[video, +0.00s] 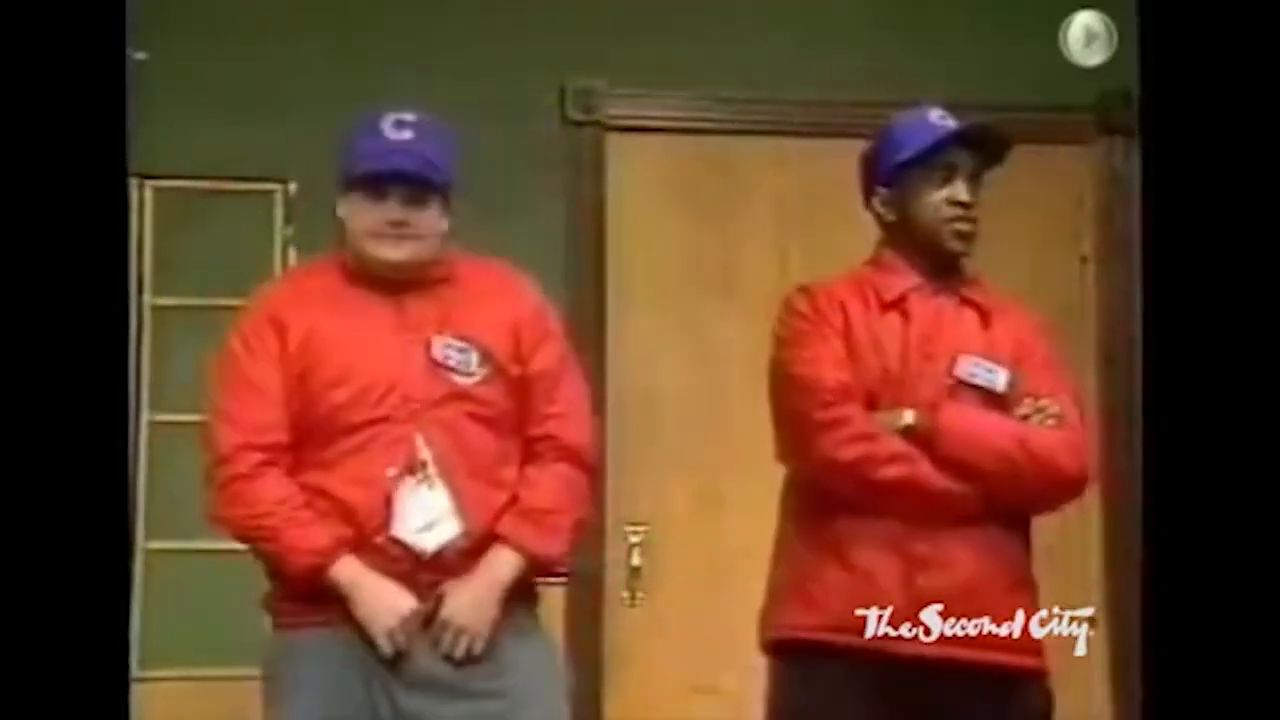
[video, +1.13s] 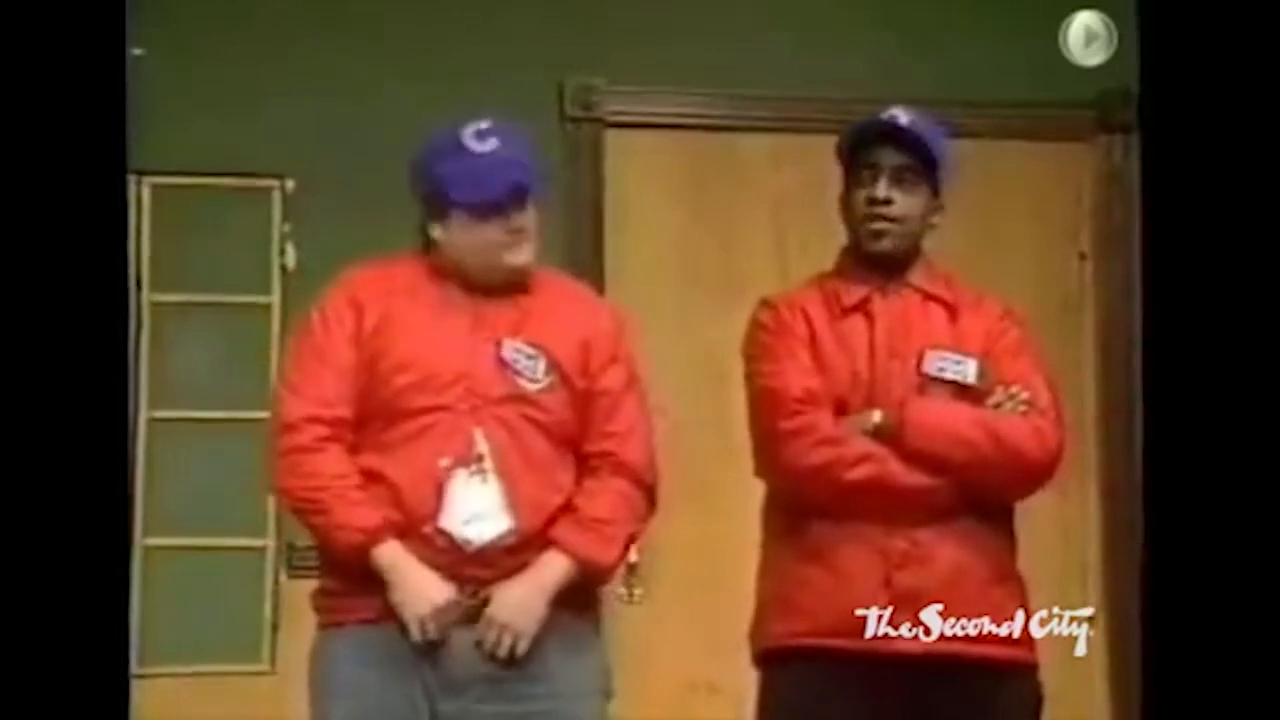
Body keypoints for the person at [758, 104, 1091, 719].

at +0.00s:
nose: (965, 197)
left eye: (972, 181)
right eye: (941, 178)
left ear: (981, 196)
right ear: (885, 201)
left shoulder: (1013, 325)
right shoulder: (821, 309)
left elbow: (1065, 466)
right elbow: (833, 454)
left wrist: (921, 423)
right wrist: (1001, 477)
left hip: (988, 647)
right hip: (839, 643)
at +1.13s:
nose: (879, 195)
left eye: (902, 180)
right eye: (865, 178)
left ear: (933, 205)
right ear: (842, 200)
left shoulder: (989, 321)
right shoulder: (788, 317)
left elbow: (1034, 449)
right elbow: (797, 458)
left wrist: (890, 422)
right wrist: (972, 462)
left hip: (973, 646)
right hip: (823, 645)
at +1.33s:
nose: (877, 194)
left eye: (901, 179)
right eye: (863, 177)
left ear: (933, 204)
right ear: (842, 197)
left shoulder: (990, 321)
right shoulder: (788, 317)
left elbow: (1035, 458)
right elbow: (796, 457)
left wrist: (905, 411)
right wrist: (968, 470)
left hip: (974, 648)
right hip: (823, 646)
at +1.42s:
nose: (872, 188)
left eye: (896, 172)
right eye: (859, 171)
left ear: (932, 196)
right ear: (840, 191)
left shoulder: (993, 317)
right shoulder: (787, 318)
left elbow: (1023, 462)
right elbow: (785, 459)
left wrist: (965, 364)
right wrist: (948, 463)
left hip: (972, 647)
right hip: (823, 648)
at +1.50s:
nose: (863, 186)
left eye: (888, 170)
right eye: (853, 170)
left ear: (932, 193)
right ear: (838, 187)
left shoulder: (986, 305)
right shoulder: (787, 316)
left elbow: (1014, 444)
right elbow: (780, 459)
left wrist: (952, 323)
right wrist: (940, 456)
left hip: (973, 644)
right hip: (822, 648)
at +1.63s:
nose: (848, 194)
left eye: (872, 177)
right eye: (844, 178)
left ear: (930, 199)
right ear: (835, 190)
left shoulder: (999, 309)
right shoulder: (797, 313)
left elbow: (1001, 438)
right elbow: (783, 462)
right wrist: (948, 449)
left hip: (975, 649)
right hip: (824, 651)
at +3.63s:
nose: (885, 191)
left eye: (894, 173)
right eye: (858, 177)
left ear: (909, 187)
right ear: (816, 200)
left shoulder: (969, 307)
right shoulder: (776, 315)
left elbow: (1027, 437)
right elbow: (793, 457)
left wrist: (880, 418)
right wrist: (968, 466)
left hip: (966, 642)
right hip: (817, 645)